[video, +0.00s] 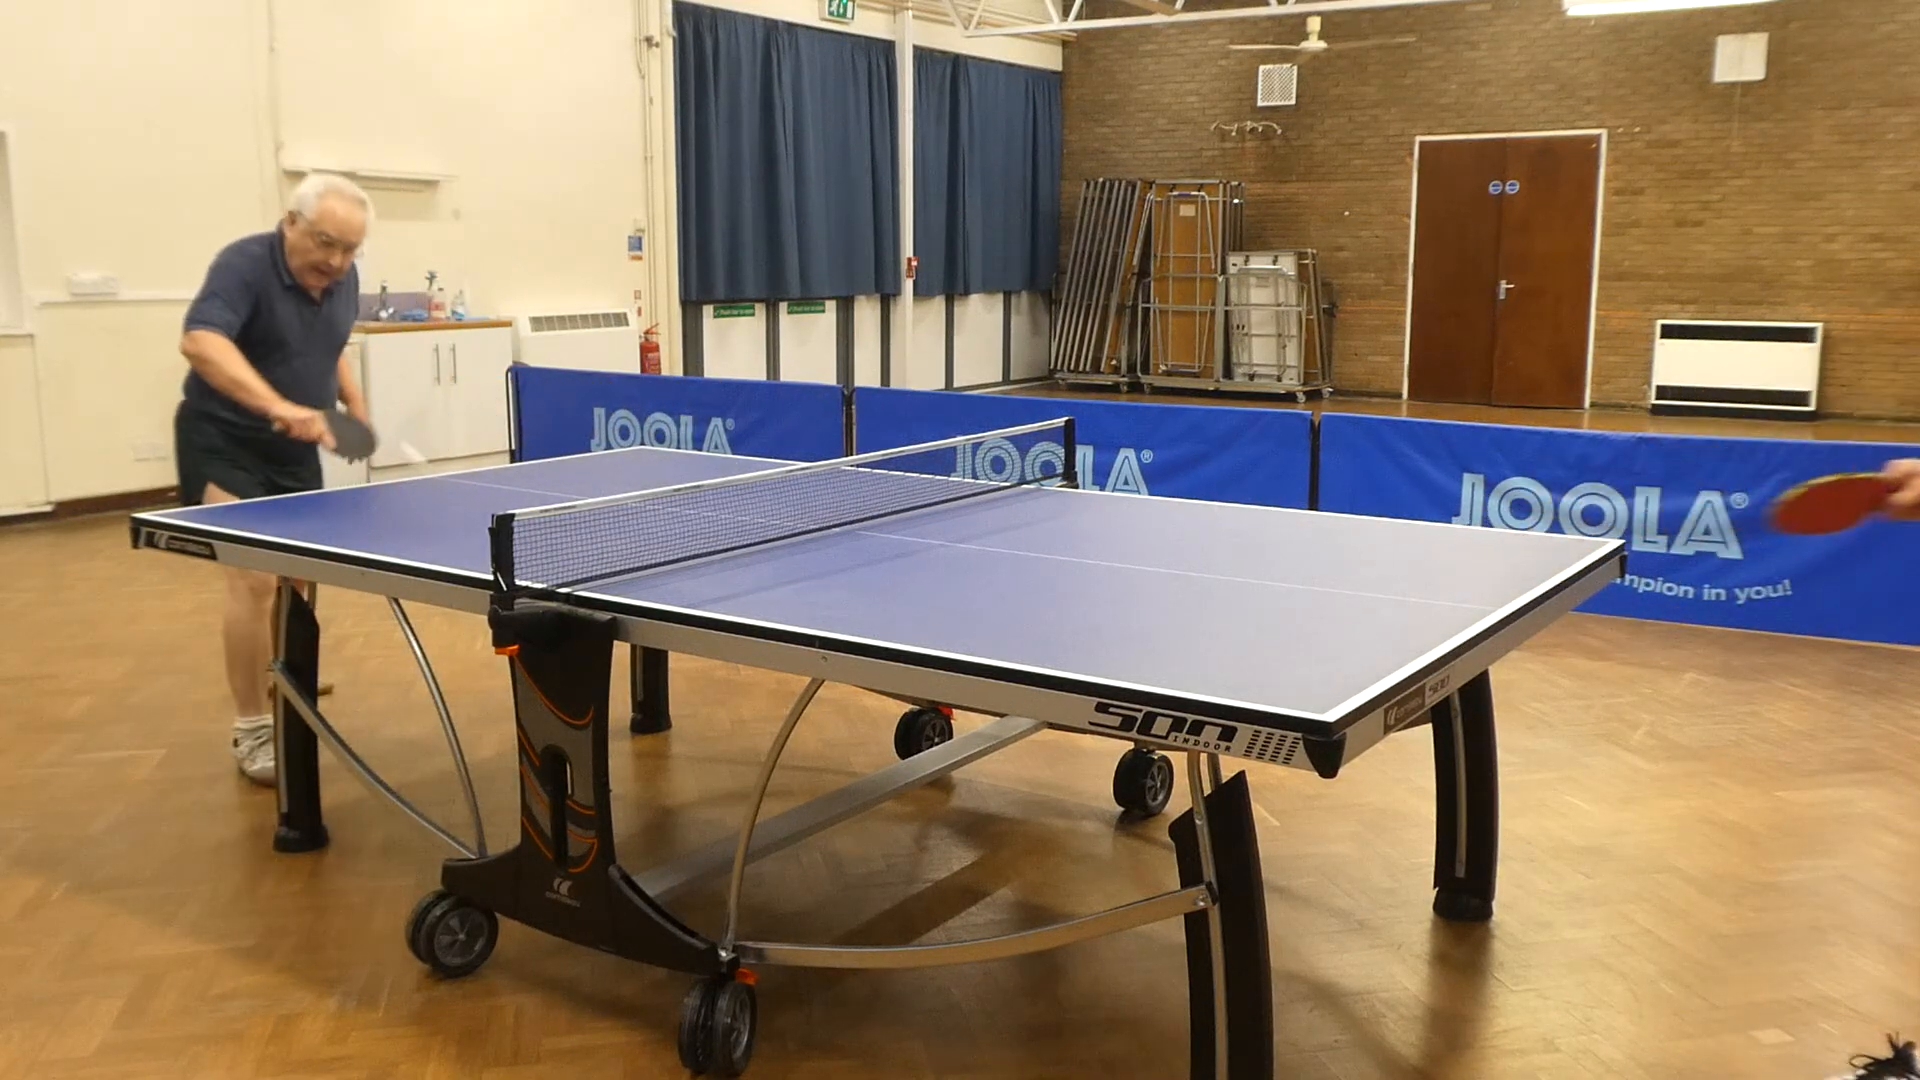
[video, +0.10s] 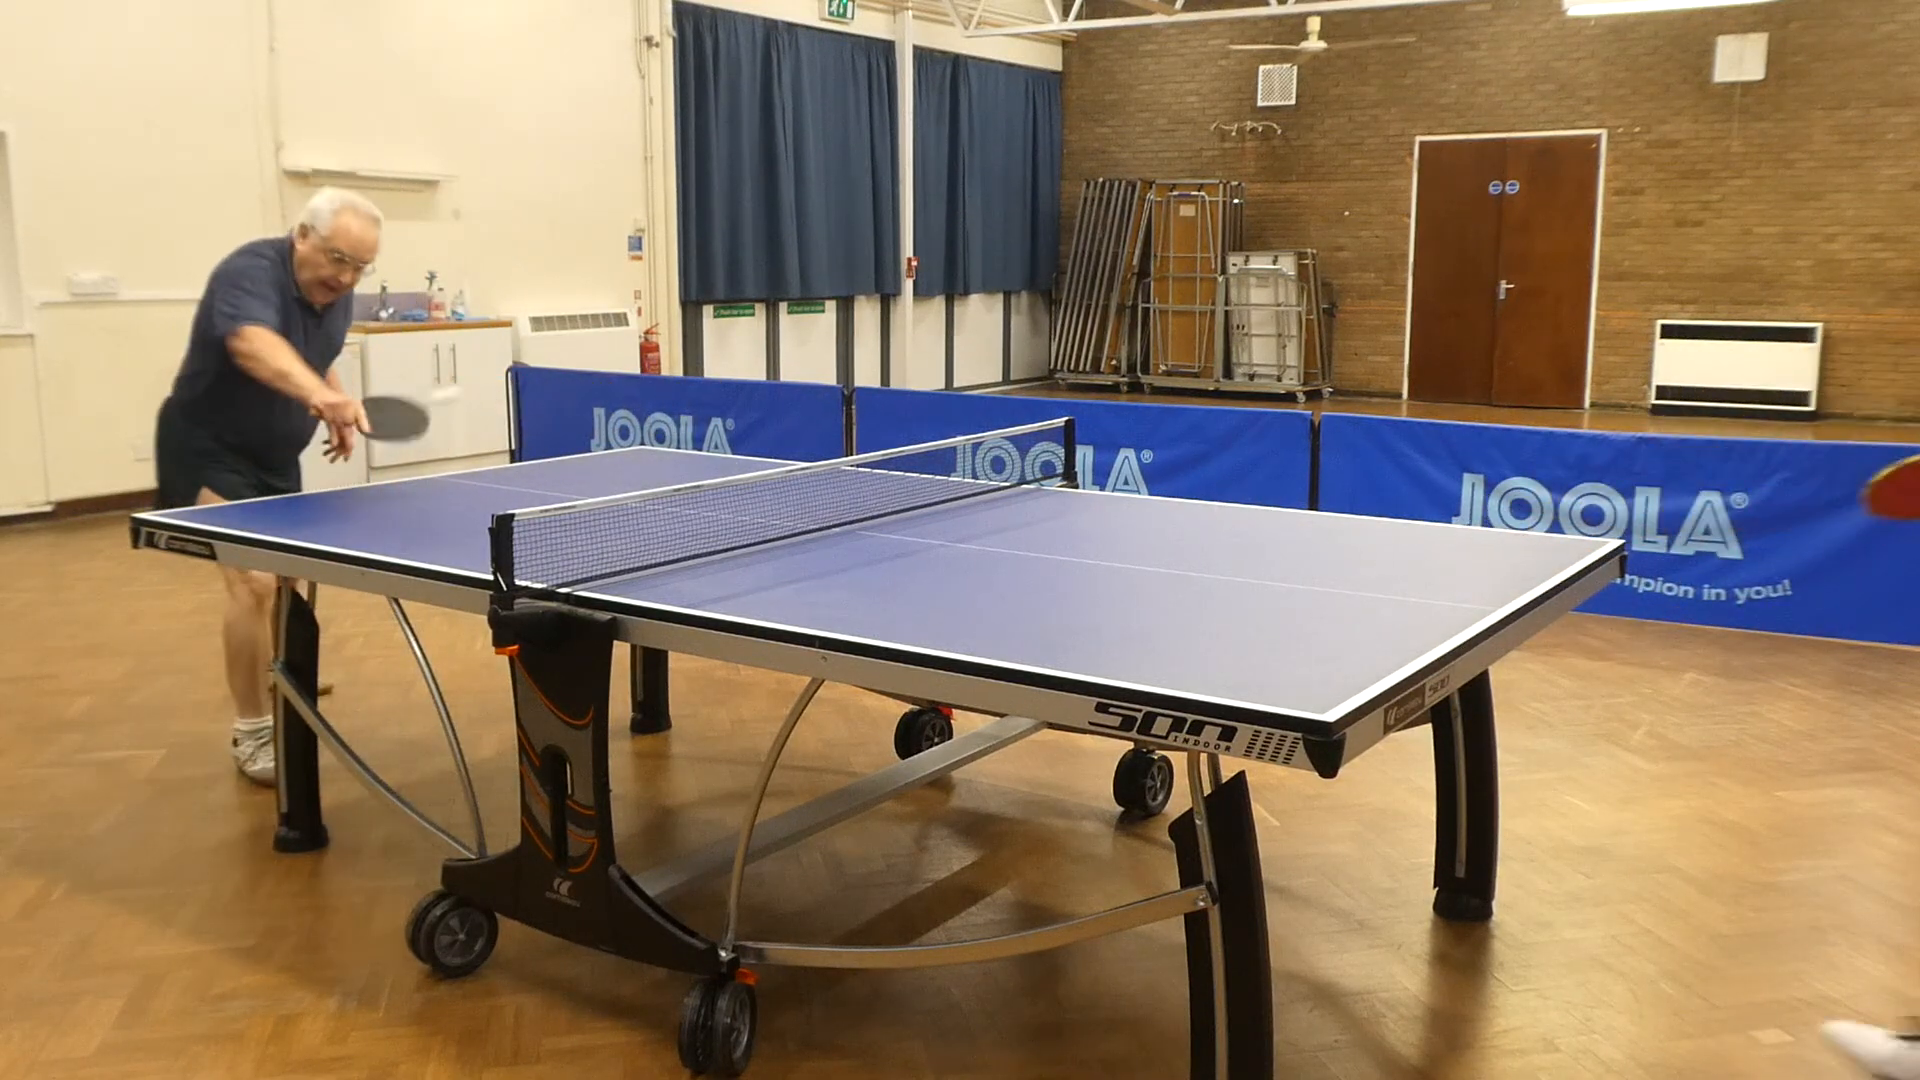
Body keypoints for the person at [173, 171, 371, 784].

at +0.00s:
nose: (337, 261)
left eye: (350, 249)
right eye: (325, 244)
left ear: (360, 243)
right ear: (290, 226)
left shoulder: (345, 278)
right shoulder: (246, 263)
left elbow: (333, 349)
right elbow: (200, 341)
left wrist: (357, 409)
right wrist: (278, 406)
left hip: (295, 446)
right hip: (224, 439)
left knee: (300, 573)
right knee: (254, 577)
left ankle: (288, 692)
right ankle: (252, 728)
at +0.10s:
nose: (346, 277)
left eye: (359, 267)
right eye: (337, 259)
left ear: (368, 262)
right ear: (303, 238)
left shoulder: (339, 296)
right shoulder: (250, 271)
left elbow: (318, 357)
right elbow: (249, 344)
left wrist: (335, 407)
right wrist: (322, 394)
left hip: (275, 455)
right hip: (208, 450)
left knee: (295, 573)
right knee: (255, 581)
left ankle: (285, 688)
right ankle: (252, 730)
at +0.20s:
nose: (355, 277)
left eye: (366, 266)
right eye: (346, 259)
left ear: (372, 262)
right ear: (308, 239)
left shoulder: (325, 291)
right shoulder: (267, 275)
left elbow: (310, 355)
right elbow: (284, 338)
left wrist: (324, 410)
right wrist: (318, 374)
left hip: (265, 452)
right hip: (200, 448)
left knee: (284, 580)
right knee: (255, 583)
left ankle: (274, 701)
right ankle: (251, 728)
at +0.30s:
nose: (354, 271)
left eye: (364, 259)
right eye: (343, 253)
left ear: (369, 256)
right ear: (302, 237)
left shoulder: (328, 294)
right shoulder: (252, 279)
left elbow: (300, 361)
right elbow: (259, 354)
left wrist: (315, 417)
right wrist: (314, 389)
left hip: (262, 450)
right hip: (197, 446)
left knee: (270, 570)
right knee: (257, 581)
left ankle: (237, 661)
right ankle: (254, 729)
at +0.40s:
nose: (342, 265)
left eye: (353, 251)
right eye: (329, 246)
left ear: (359, 250)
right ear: (288, 235)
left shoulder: (325, 297)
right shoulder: (237, 283)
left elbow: (304, 372)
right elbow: (253, 373)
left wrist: (318, 424)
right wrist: (322, 417)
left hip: (264, 449)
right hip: (199, 448)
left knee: (252, 563)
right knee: (258, 582)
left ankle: (224, 659)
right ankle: (254, 730)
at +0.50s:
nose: (330, 263)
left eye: (341, 248)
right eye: (317, 244)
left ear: (350, 248)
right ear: (276, 236)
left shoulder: (322, 294)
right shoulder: (229, 286)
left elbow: (309, 370)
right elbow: (246, 386)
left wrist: (327, 433)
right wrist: (314, 436)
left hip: (266, 451)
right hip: (200, 450)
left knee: (259, 570)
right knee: (257, 583)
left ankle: (223, 664)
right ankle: (251, 730)